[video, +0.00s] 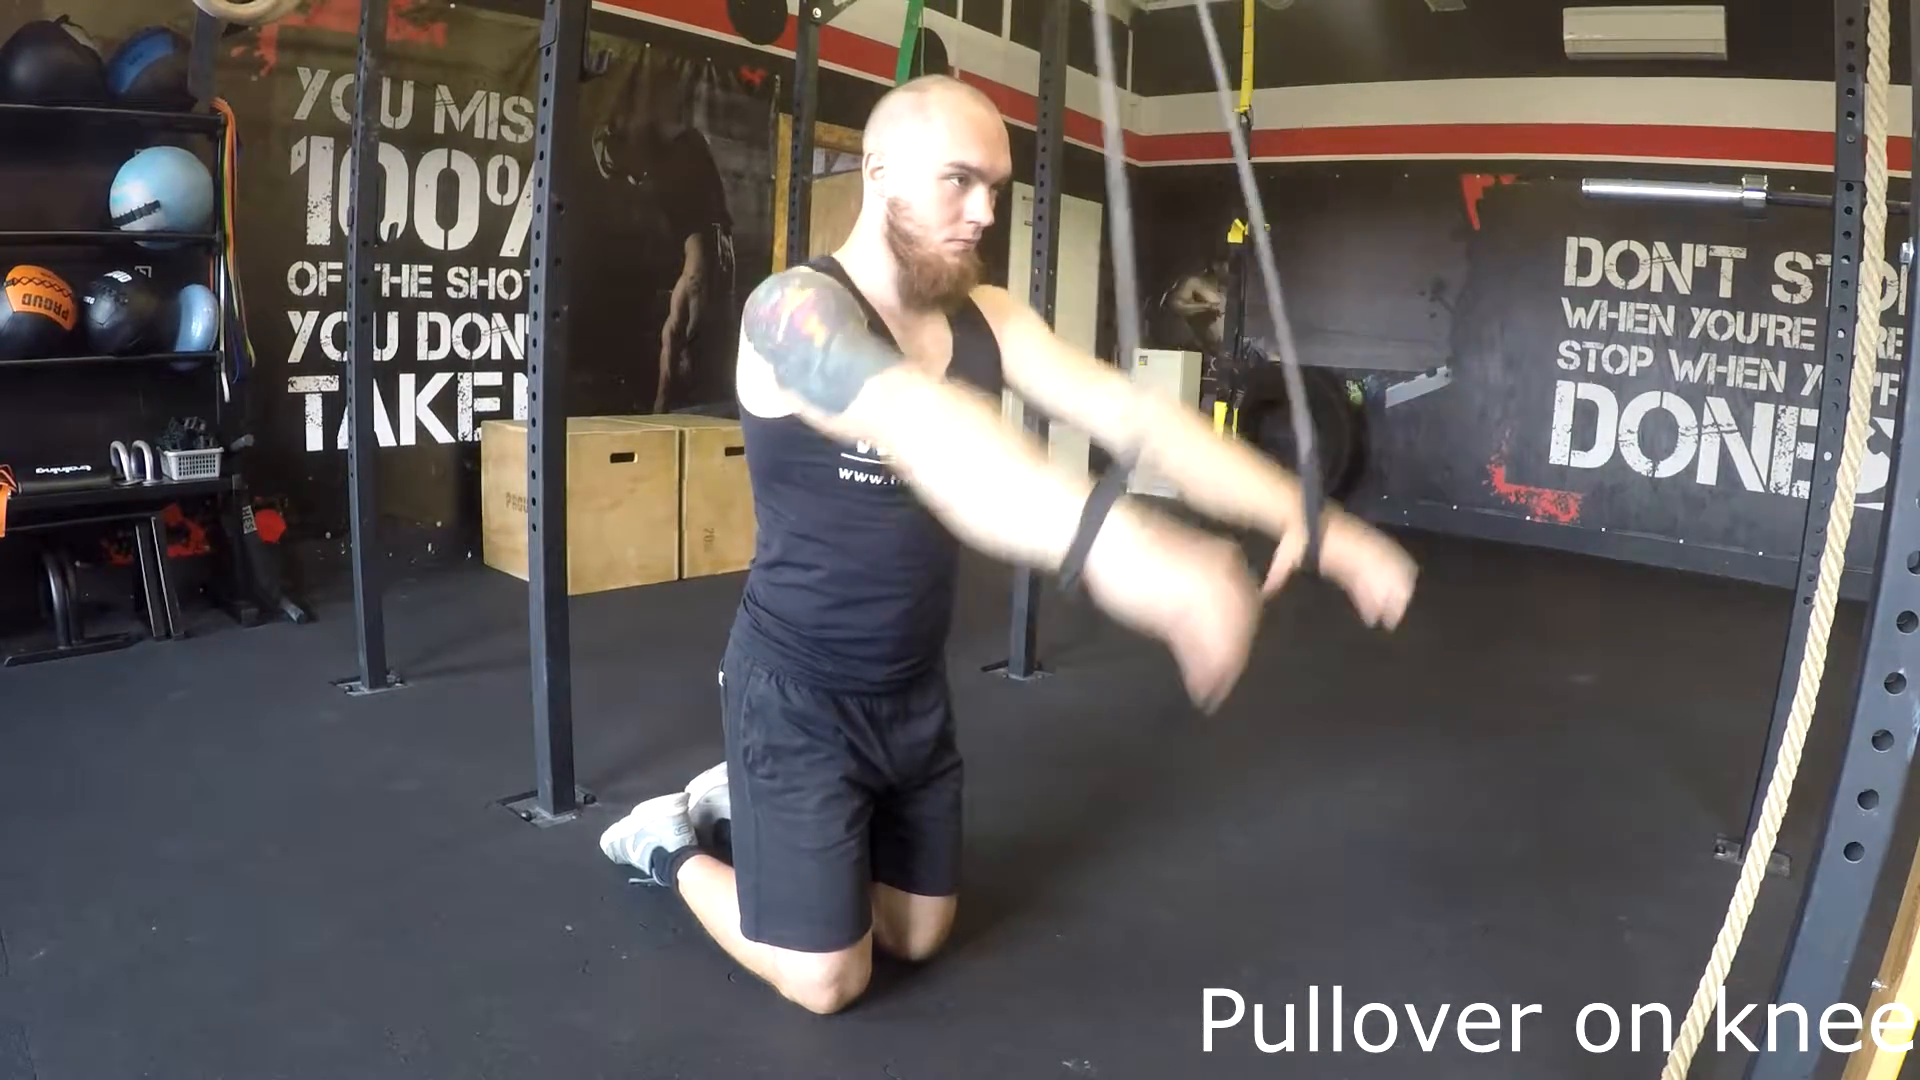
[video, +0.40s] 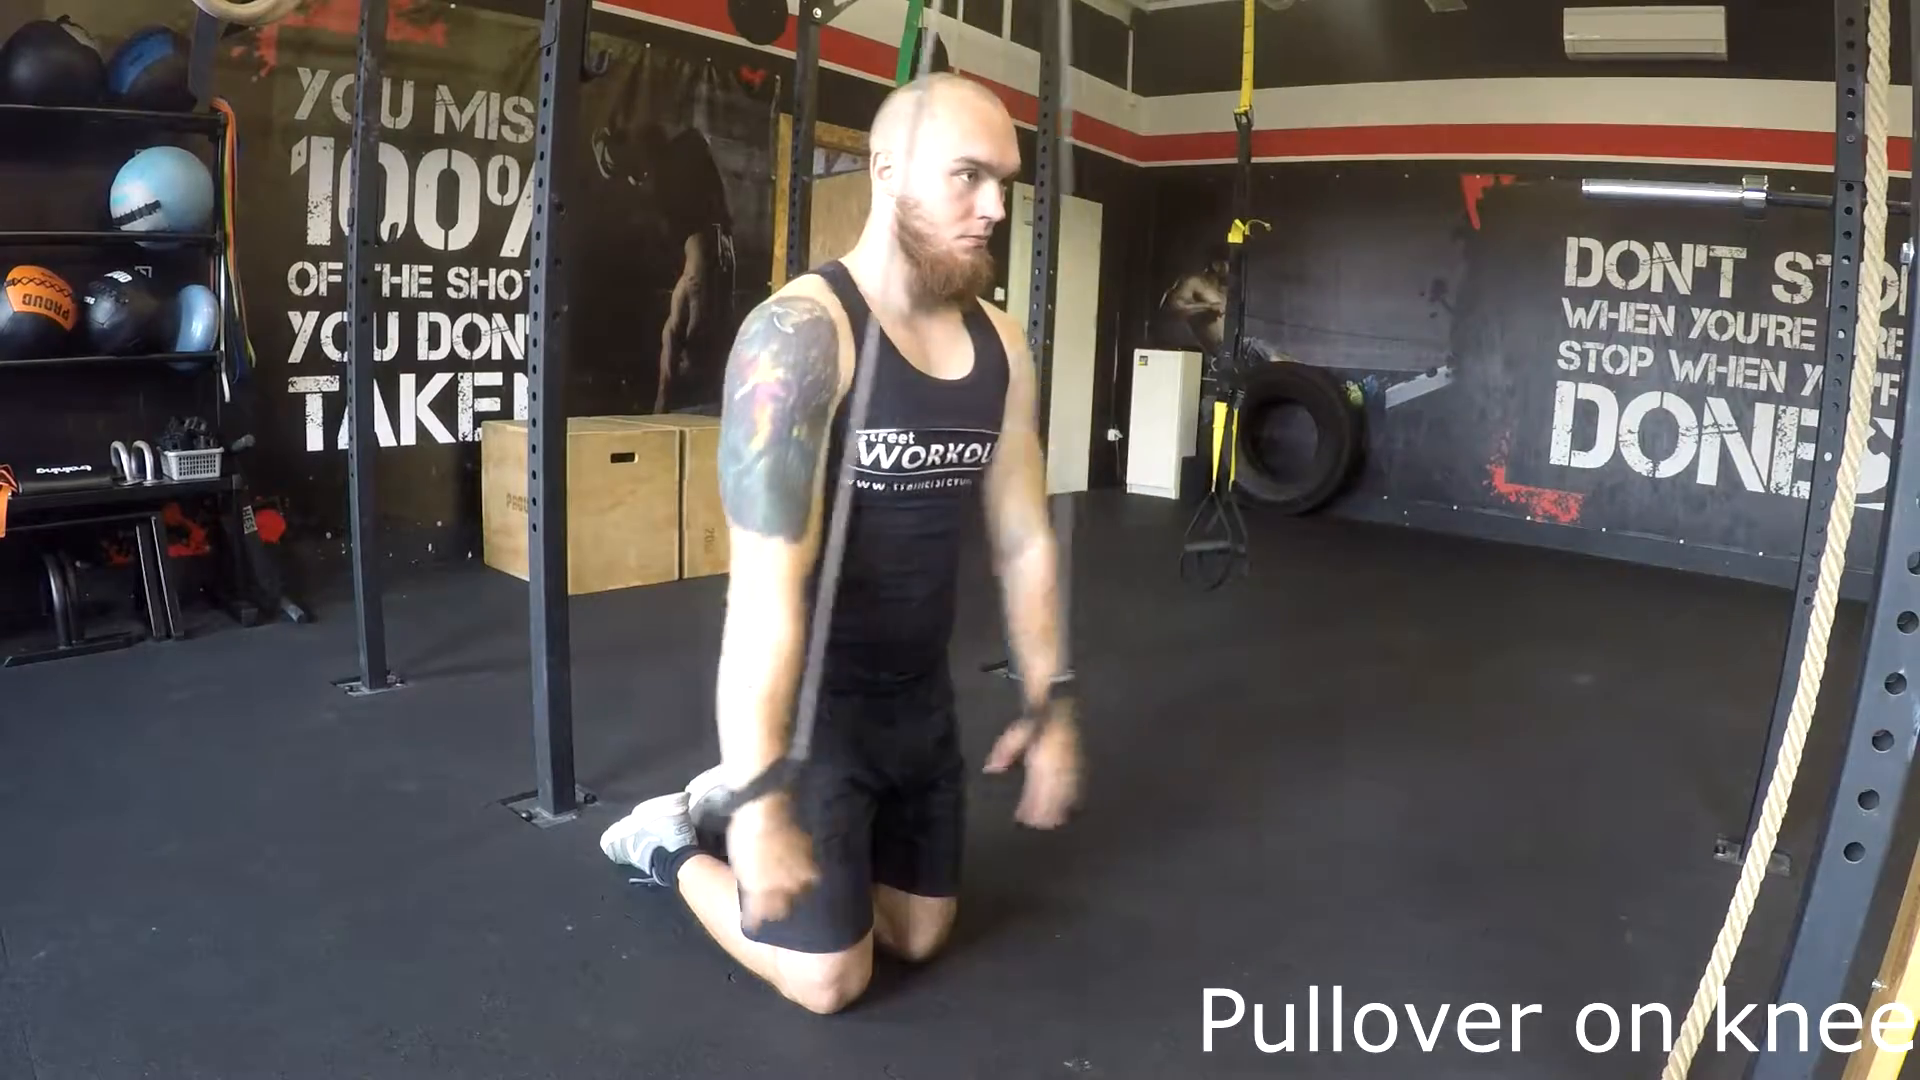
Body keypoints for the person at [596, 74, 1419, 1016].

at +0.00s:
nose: (982, 215)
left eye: (996, 188)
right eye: (958, 183)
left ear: (1003, 190)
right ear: (877, 179)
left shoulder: (983, 315)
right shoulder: (797, 312)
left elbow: (1136, 420)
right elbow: (952, 453)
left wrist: (1319, 525)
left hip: (914, 685)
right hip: (797, 687)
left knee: (915, 930)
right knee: (822, 981)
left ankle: (750, 807)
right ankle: (675, 852)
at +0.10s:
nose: (986, 212)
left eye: (999, 189)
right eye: (962, 182)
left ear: (1005, 191)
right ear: (885, 179)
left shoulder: (990, 319)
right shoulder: (800, 319)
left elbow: (1117, 462)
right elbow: (900, 515)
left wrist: (1267, 600)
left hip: (920, 686)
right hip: (801, 685)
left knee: (916, 933)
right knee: (821, 979)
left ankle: (746, 805)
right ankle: (674, 854)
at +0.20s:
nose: (988, 211)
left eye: (998, 183)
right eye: (962, 178)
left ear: (1003, 190)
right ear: (881, 176)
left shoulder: (994, 333)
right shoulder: (798, 325)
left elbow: (1089, 498)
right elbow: (842, 555)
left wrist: (1198, 660)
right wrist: (919, 762)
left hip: (911, 671)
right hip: (797, 678)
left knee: (919, 928)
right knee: (824, 980)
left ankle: (750, 806)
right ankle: (672, 857)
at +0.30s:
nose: (991, 209)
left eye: (1001, 184)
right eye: (968, 178)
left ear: (1005, 191)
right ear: (890, 178)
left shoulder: (999, 343)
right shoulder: (798, 331)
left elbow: (1056, 525)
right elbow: (795, 582)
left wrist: (1118, 690)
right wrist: (823, 803)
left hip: (915, 683)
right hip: (802, 683)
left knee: (915, 932)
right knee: (825, 980)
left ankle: (741, 802)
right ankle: (672, 852)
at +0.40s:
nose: (996, 207)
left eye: (1006, 182)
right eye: (970, 176)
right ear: (891, 176)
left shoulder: (998, 339)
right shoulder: (798, 336)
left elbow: (1023, 535)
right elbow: (767, 585)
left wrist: (1048, 697)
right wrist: (759, 790)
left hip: (919, 694)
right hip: (810, 703)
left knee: (917, 931)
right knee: (825, 980)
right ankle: (673, 851)